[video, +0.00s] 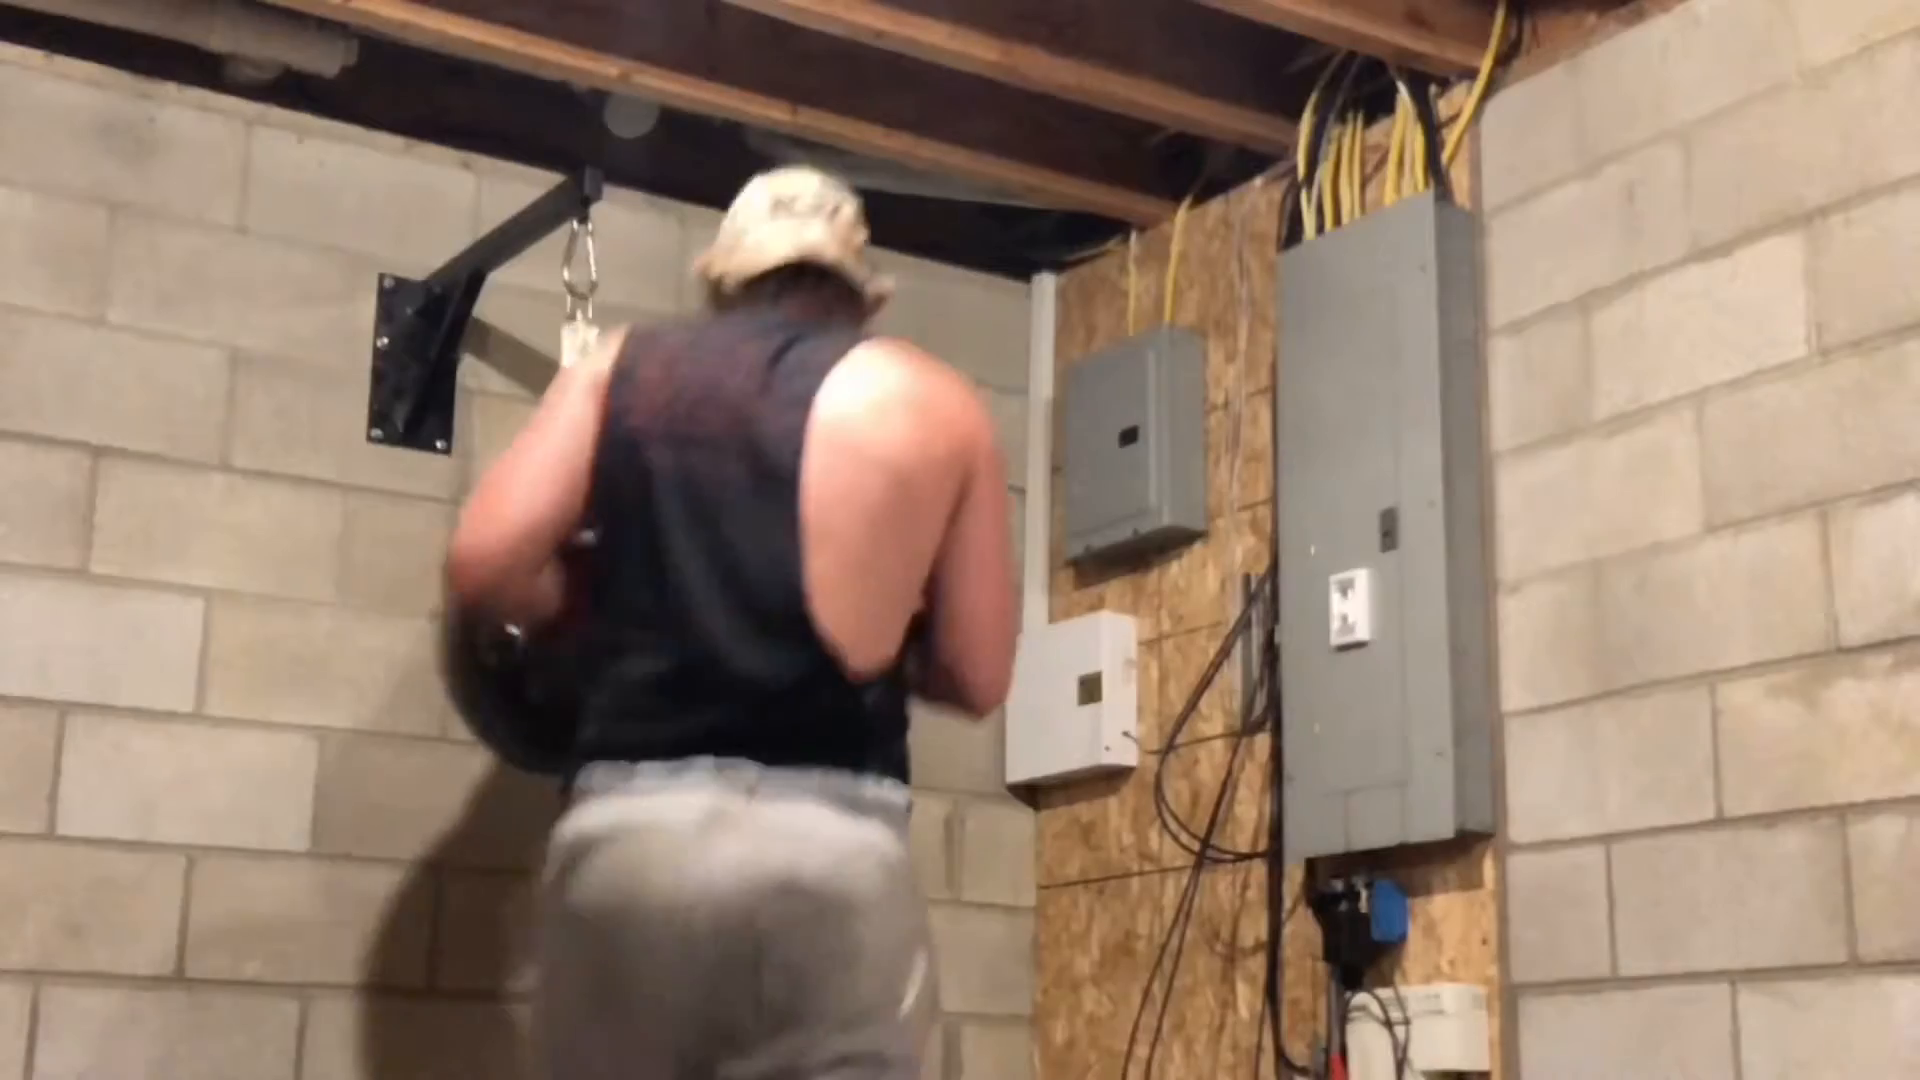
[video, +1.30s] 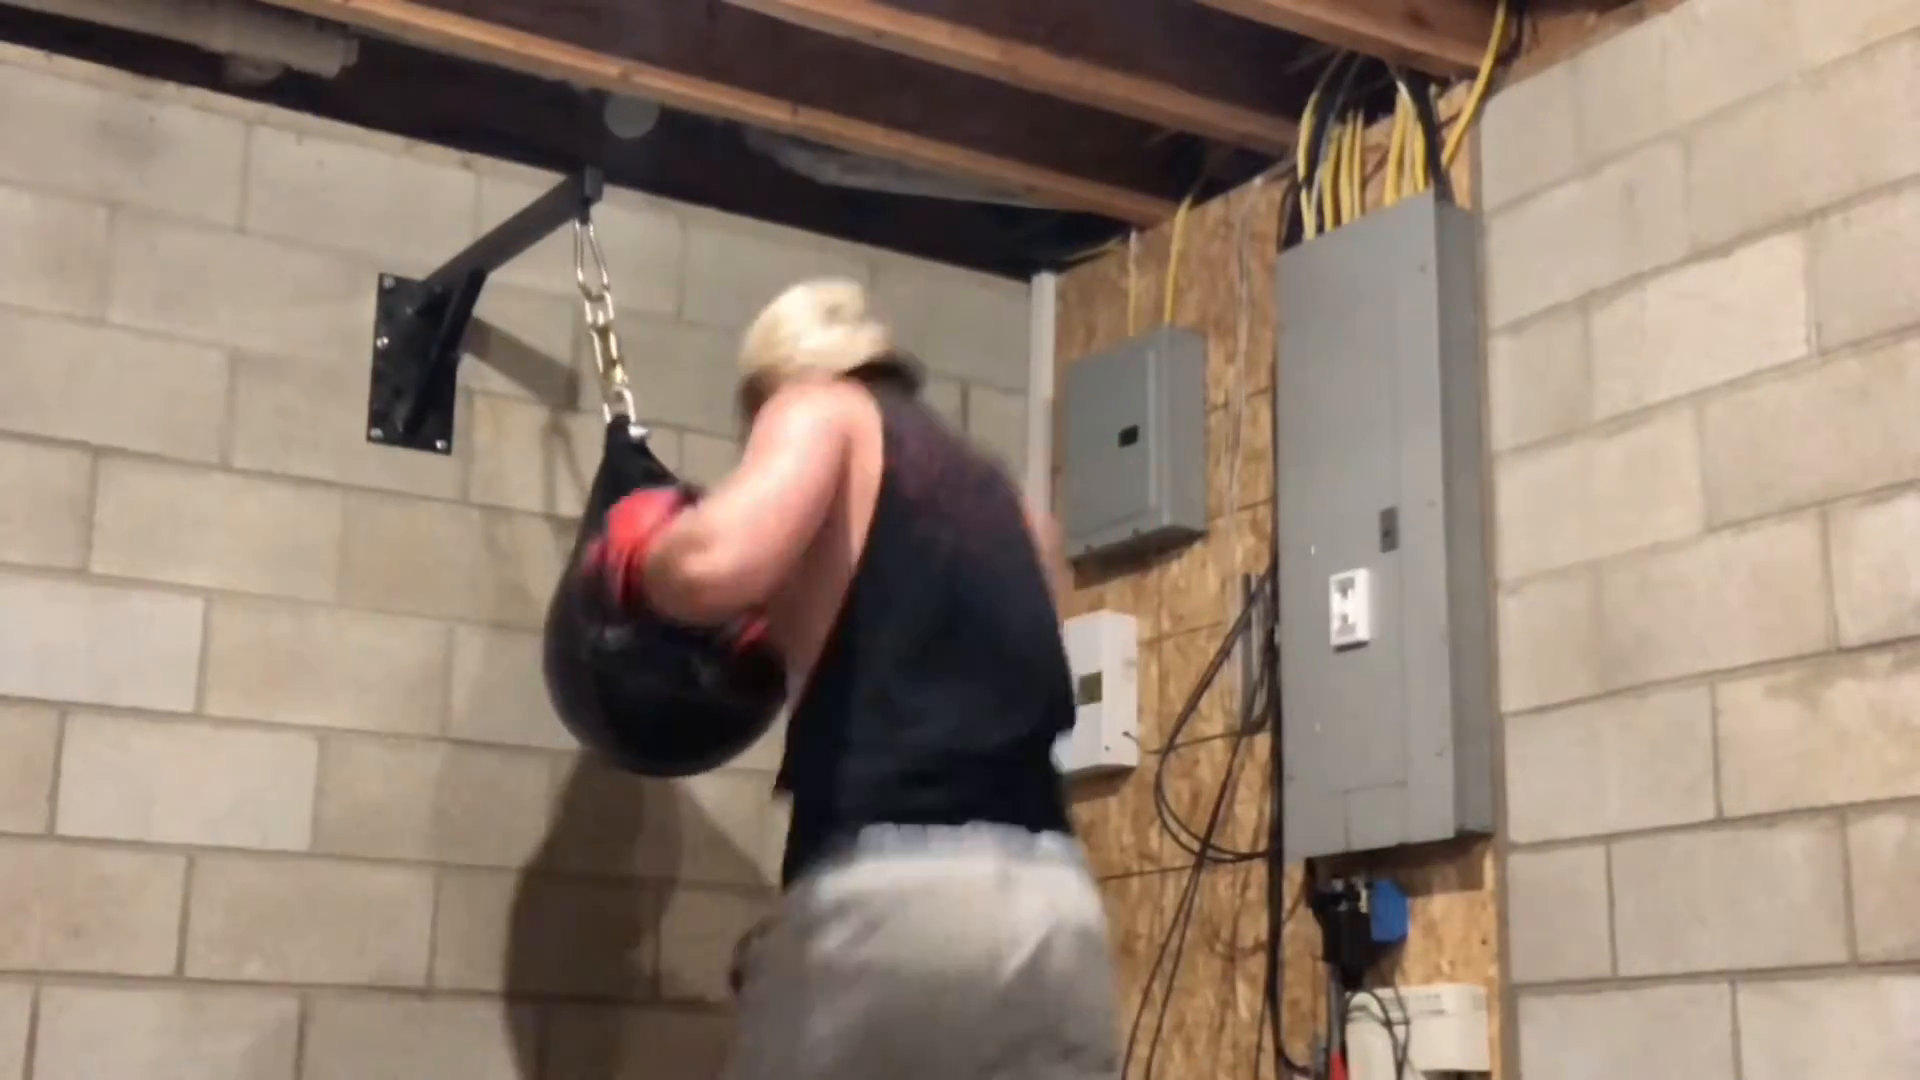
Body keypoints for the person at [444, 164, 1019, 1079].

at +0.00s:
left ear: (720, 277)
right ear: (862, 289)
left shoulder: (615, 366)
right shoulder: (942, 404)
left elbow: (485, 559)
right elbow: (976, 678)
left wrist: (606, 600)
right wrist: (863, 615)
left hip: (630, 830)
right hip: (841, 842)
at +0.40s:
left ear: (764, 321)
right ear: (906, 323)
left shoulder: (666, 427)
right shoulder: (998, 432)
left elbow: (588, 628)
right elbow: (1046, 696)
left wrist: (682, 689)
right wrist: (905, 700)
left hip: (723, 874)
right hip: (926, 867)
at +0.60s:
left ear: (751, 357)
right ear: (886, 330)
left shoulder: (684, 480)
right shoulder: (986, 409)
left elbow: (605, 720)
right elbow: (1123, 626)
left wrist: (745, 703)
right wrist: (995, 640)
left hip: (744, 887)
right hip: (929, 873)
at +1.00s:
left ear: (847, 359)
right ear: (975, 357)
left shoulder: (787, 442)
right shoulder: (1089, 461)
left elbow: (688, 675)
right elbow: (1134, 714)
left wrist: (798, 611)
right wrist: (1013, 635)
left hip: (825, 884)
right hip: (1025, 886)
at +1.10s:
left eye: (835, 361)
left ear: (848, 354)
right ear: (974, 358)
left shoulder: (817, 411)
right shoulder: (1091, 467)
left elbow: (706, 613)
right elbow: (1097, 723)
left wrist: (788, 602)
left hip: (857, 869)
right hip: (1052, 881)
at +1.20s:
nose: (796, 361)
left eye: (806, 351)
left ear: (830, 341)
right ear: (942, 342)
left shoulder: (828, 382)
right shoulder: (1061, 460)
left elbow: (716, 561)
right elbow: (1062, 642)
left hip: (880, 860)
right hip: (1061, 869)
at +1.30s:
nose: (761, 421)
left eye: (762, 404)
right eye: (758, 409)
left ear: (783, 376)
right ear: (884, 360)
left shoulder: (820, 408)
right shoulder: (999, 485)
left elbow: (721, 572)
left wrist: (639, 542)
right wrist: (795, 627)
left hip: (886, 902)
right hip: (1056, 899)